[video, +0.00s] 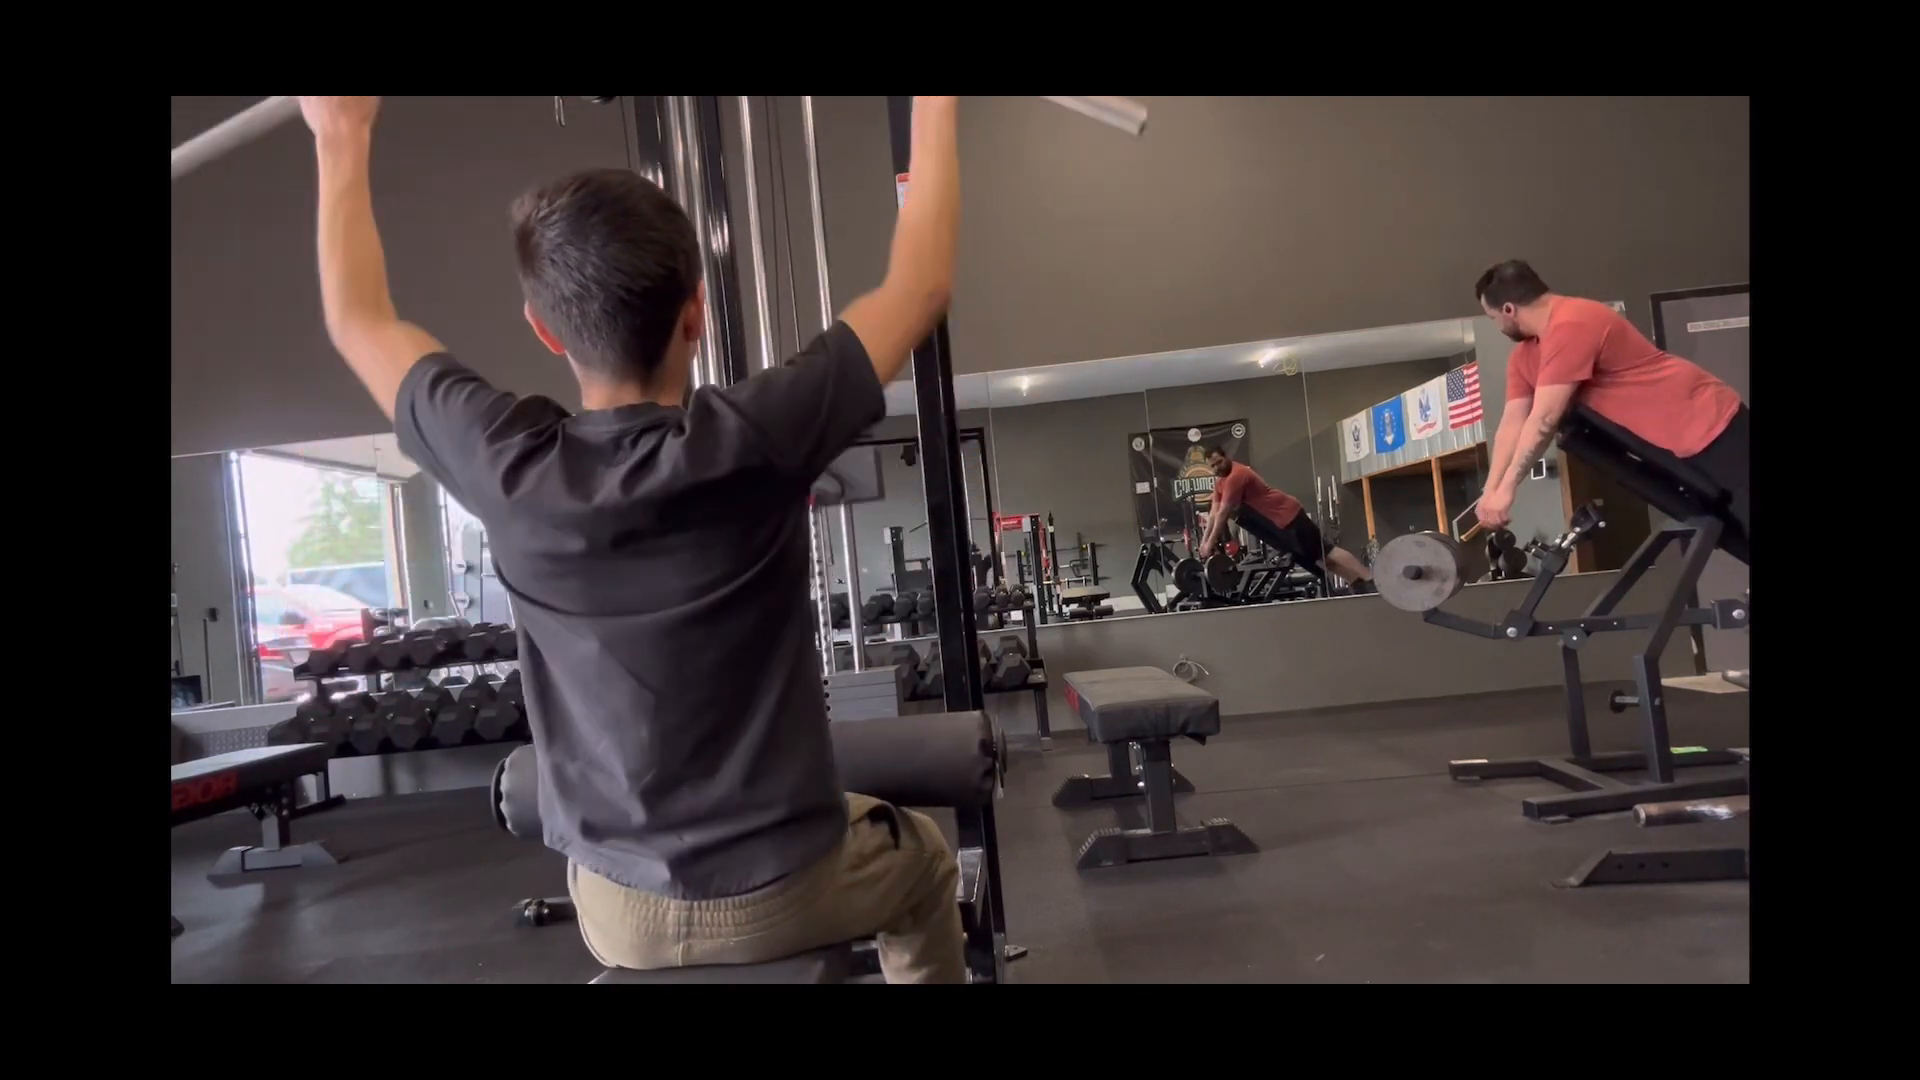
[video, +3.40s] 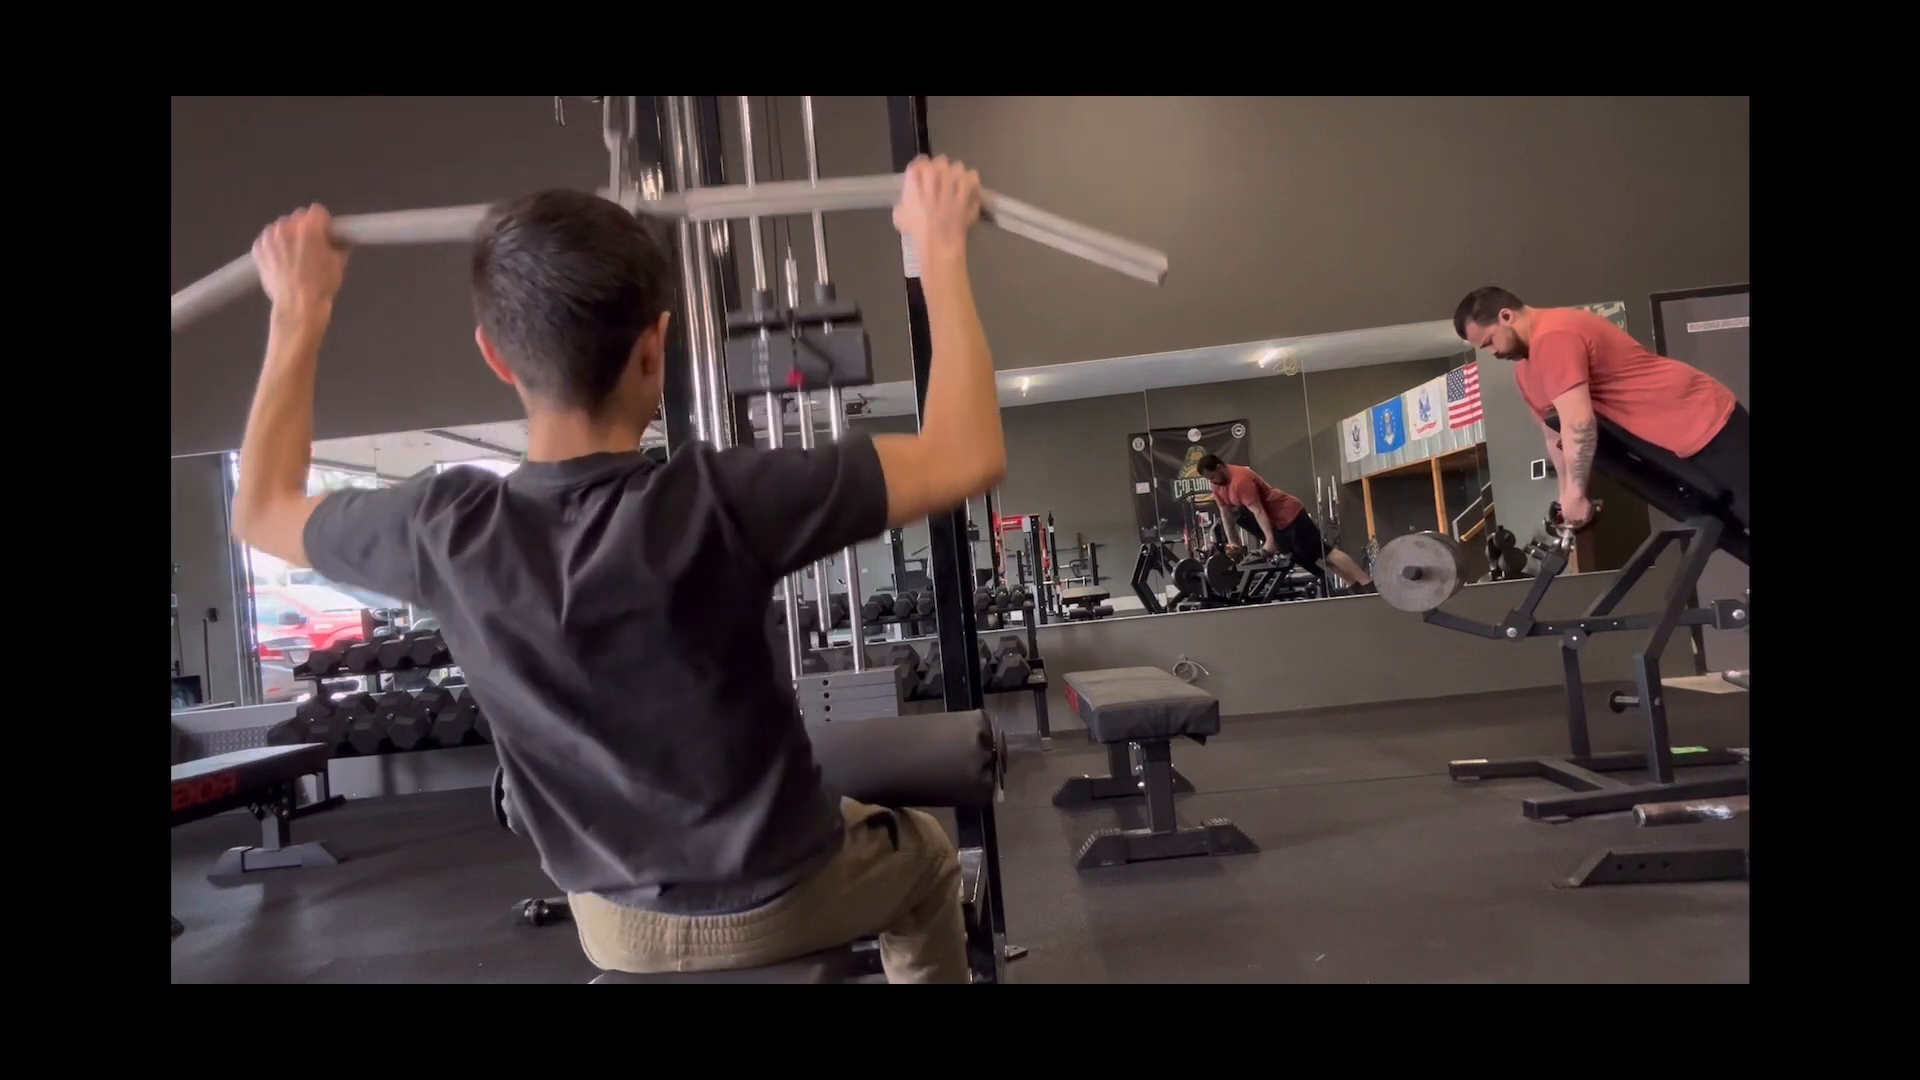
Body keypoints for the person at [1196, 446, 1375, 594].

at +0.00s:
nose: (1216, 466)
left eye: (1219, 461)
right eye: (1212, 464)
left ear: (1226, 458)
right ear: (1210, 467)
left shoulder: (1237, 475)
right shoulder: (1220, 482)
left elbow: (1224, 512)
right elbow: (1214, 512)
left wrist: (1211, 540)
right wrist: (1206, 539)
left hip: (1290, 514)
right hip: (1279, 525)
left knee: (1326, 551)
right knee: (1319, 558)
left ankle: (1370, 578)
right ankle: (1356, 583)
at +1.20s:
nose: (1212, 475)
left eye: (1213, 470)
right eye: (1209, 473)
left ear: (1221, 462)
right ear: (1208, 472)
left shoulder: (1239, 475)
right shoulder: (1220, 485)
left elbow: (1241, 510)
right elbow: (1219, 512)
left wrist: (1233, 541)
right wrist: (1211, 539)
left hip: (1289, 514)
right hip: (1276, 526)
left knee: (1324, 551)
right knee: (1315, 558)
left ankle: (1367, 581)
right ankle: (1354, 583)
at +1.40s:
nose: (1214, 475)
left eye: (1214, 470)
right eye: (1210, 473)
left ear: (1221, 463)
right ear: (1208, 473)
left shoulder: (1240, 475)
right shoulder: (1220, 485)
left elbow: (1257, 505)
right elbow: (1225, 510)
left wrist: (1258, 537)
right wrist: (1223, 538)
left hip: (1289, 514)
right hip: (1274, 525)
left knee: (1323, 551)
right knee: (1313, 559)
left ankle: (1368, 581)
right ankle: (1354, 583)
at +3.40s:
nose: (1213, 480)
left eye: (1213, 474)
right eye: (1209, 478)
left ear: (1221, 466)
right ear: (1206, 477)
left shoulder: (1241, 479)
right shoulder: (1217, 487)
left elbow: (1258, 511)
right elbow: (1226, 514)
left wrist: (1269, 539)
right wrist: (1232, 541)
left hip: (1290, 514)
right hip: (1275, 523)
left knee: (1325, 551)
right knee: (1315, 558)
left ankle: (1368, 583)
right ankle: (1353, 584)